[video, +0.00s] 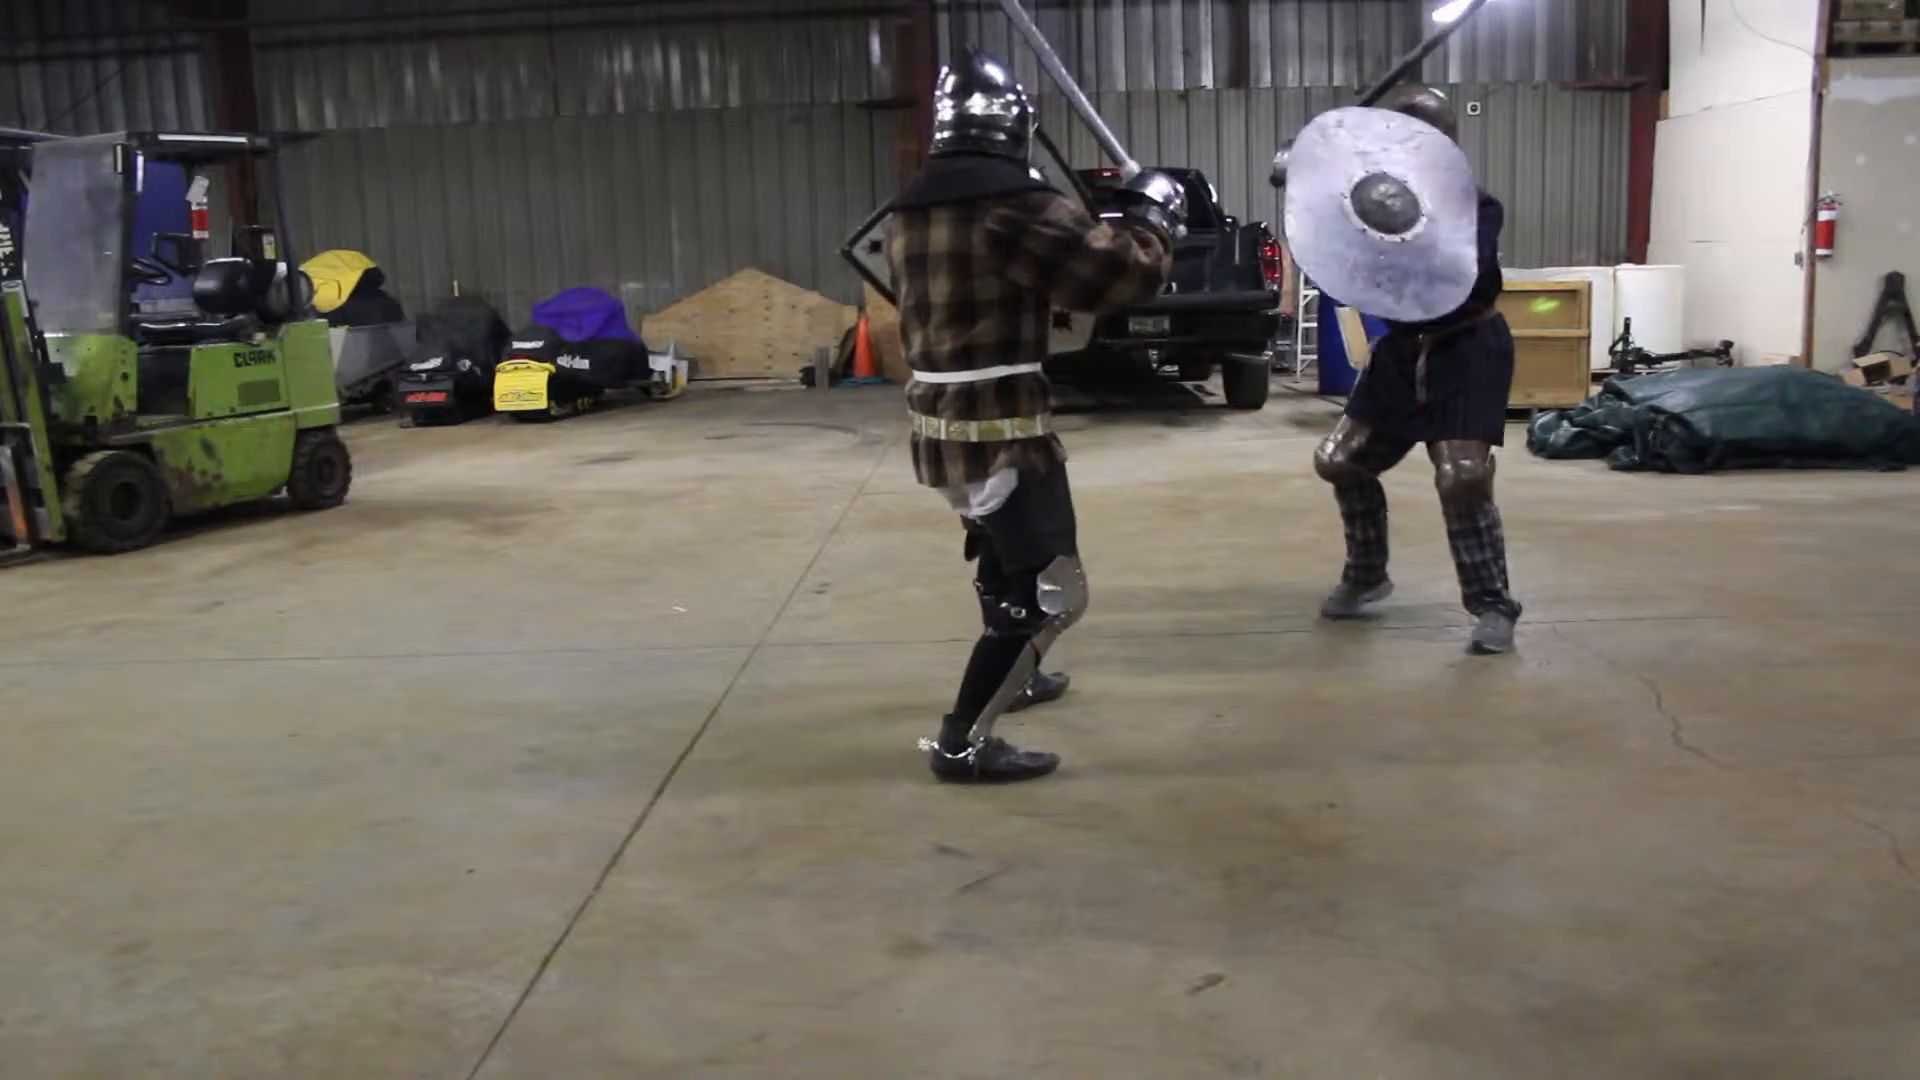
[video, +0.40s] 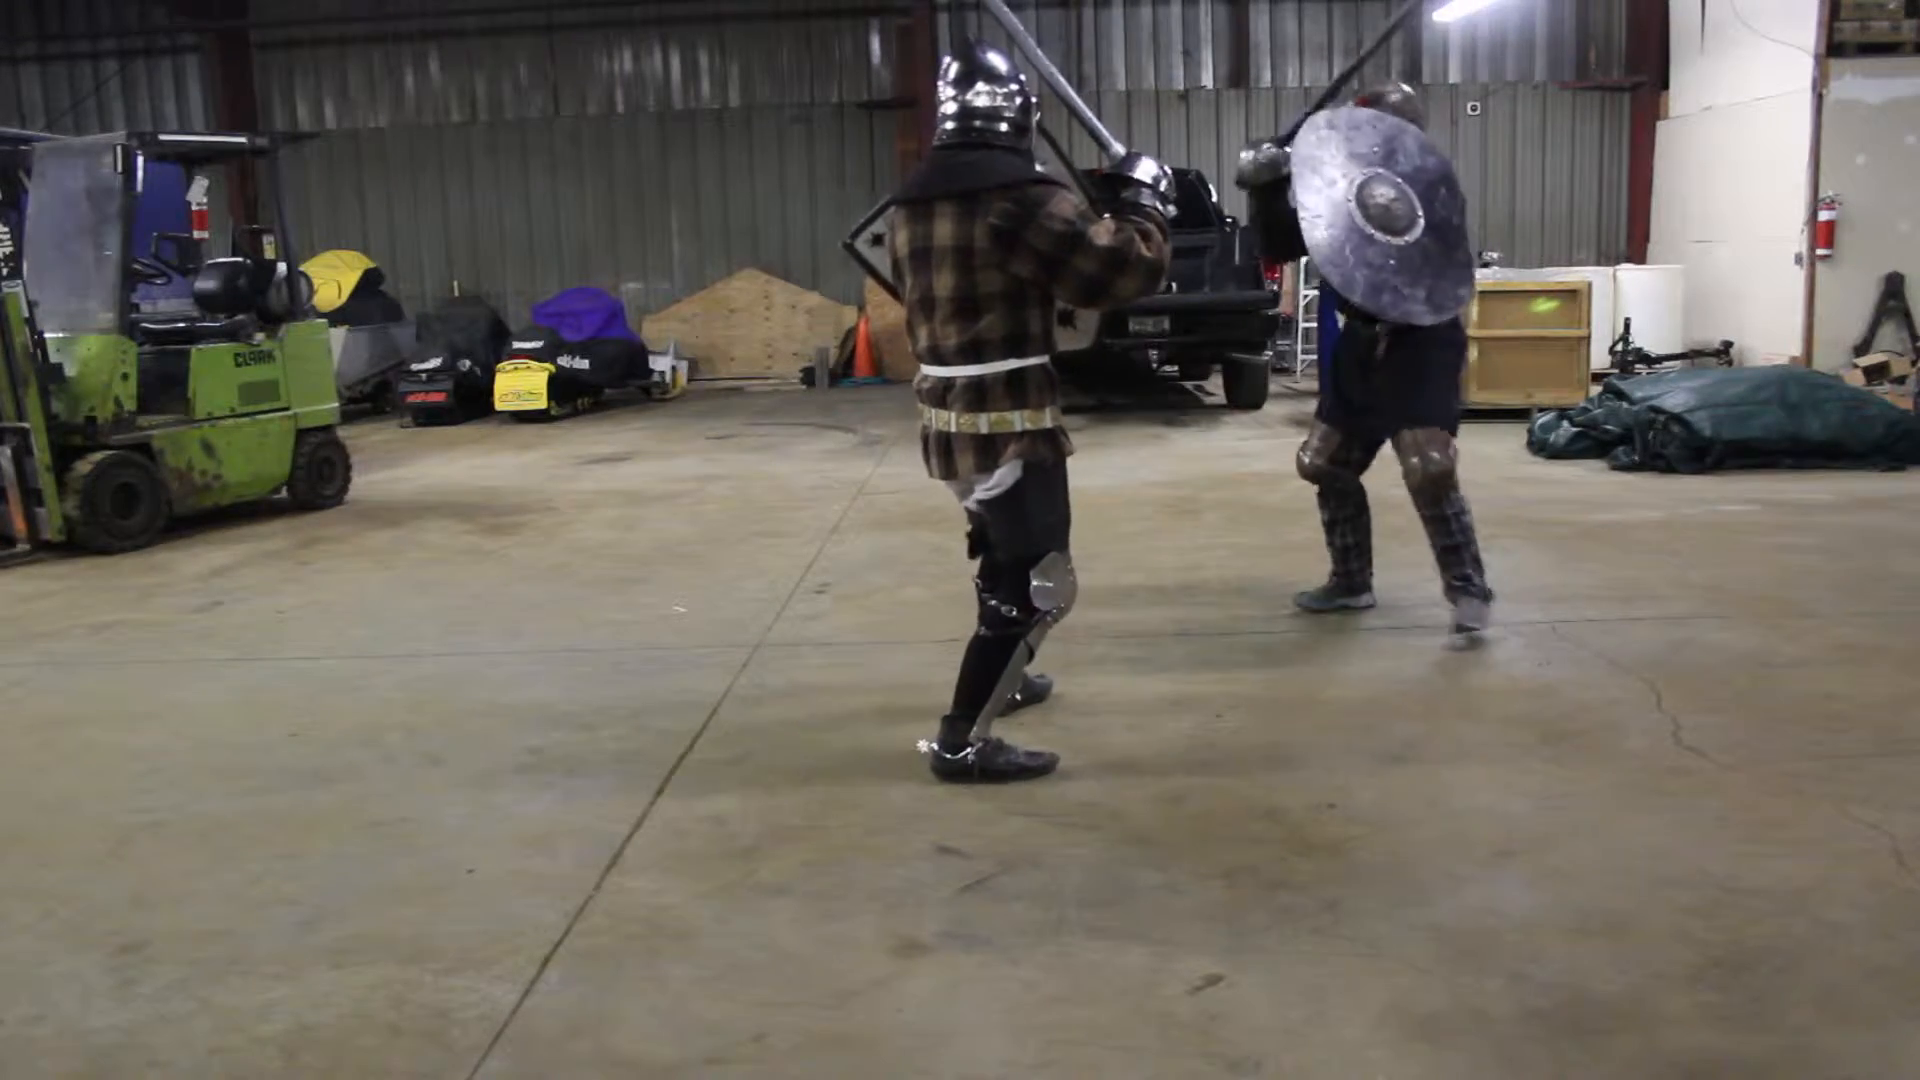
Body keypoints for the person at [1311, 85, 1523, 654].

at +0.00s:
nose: (1414, 143)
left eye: (1428, 131)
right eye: (1403, 131)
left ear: (1450, 140)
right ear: (1386, 137)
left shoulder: (1475, 208)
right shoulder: (1379, 200)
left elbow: (1475, 293)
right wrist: (1304, 186)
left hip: (1470, 343)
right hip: (1402, 343)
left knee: (1461, 474)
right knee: (1343, 461)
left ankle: (1493, 611)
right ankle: (1367, 576)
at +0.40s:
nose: (1372, 131)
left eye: (1385, 120)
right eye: (1366, 119)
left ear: (1411, 127)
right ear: (1357, 124)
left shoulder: (1431, 185)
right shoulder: (1345, 184)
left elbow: (1436, 281)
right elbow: (1280, 247)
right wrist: (1263, 189)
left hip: (1428, 336)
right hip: (1360, 337)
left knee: (1428, 464)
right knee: (1328, 462)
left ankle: (1468, 595)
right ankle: (1351, 582)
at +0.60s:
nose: (1364, 198)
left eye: (1376, 190)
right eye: (1352, 191)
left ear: (1396, 193)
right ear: (1336, 194)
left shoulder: (1422, 225)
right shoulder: (1317, 232)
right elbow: (1304, 325)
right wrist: (1285, 275)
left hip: (1416, 358)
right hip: (1348, 360)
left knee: (1394, 468)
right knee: (1310, 495)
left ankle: (1393, 597)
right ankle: (1352, 576)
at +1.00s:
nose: (1371, 179)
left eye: (1382, 175)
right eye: (1360, 173)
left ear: (1401, 179)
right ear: (1338, 173)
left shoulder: (1419, 212)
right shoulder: (1306, 213)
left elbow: (1446, 279)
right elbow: (1261, 275)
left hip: (1396, 350)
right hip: (1322, 348)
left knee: (1382, 481)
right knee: (1328, 482)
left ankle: (1381, 623)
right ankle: (1346, 579)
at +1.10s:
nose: (1372, 139)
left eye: (1383, 130)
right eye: (1361, 129)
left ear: (1402, 128)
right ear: (1342, 130)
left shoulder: (1426, 167)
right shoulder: (1316, 175)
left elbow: (1459, 258)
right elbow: (1271, 217)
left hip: (1394, 349)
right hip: (1320, 343)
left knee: (1380, 481)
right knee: (1322, 474)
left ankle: (1381, 623)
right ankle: (1349, 577)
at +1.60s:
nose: (1356, 147)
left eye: (1369, 135)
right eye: (1345, 132)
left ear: (1384, 137)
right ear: (1318, 127)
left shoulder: (1394, 198)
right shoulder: (1284, 194)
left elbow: (1426, 283)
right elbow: (1242, 275)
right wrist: (1229, 260)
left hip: (1364, 361)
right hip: (1289, 355)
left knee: (1356, 488)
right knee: (1265, 478)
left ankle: (1377, 625)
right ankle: (1279, 588)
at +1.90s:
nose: (1281, 148)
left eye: (1297, 136)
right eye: (1275, 135)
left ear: (1329, 141)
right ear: (1267, 140)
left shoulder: (1351, 204)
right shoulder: (1244, 204)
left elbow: (1376, 284)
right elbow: (1220, 288)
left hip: (1328, 363)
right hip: (1258, 360)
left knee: (1332, 476)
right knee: (1238, 472)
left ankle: (1365, 606)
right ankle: (1277, 589)